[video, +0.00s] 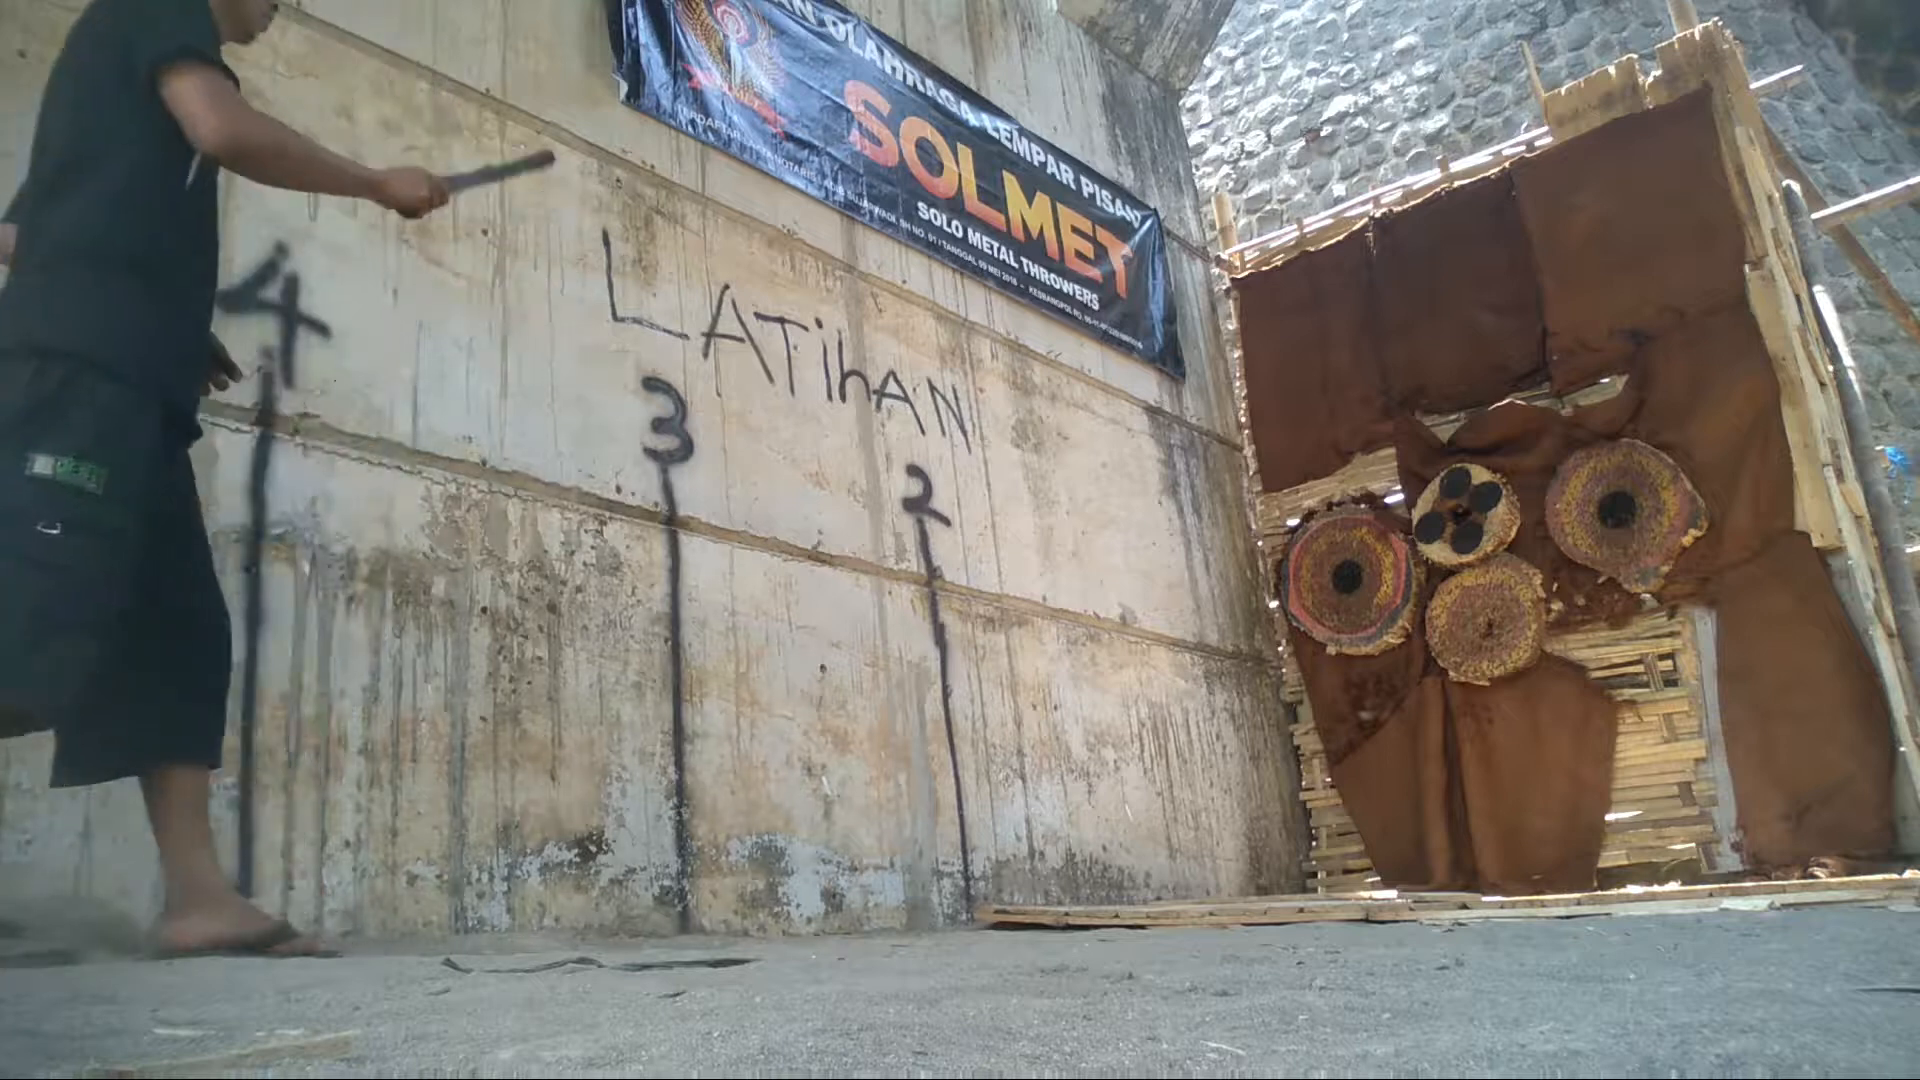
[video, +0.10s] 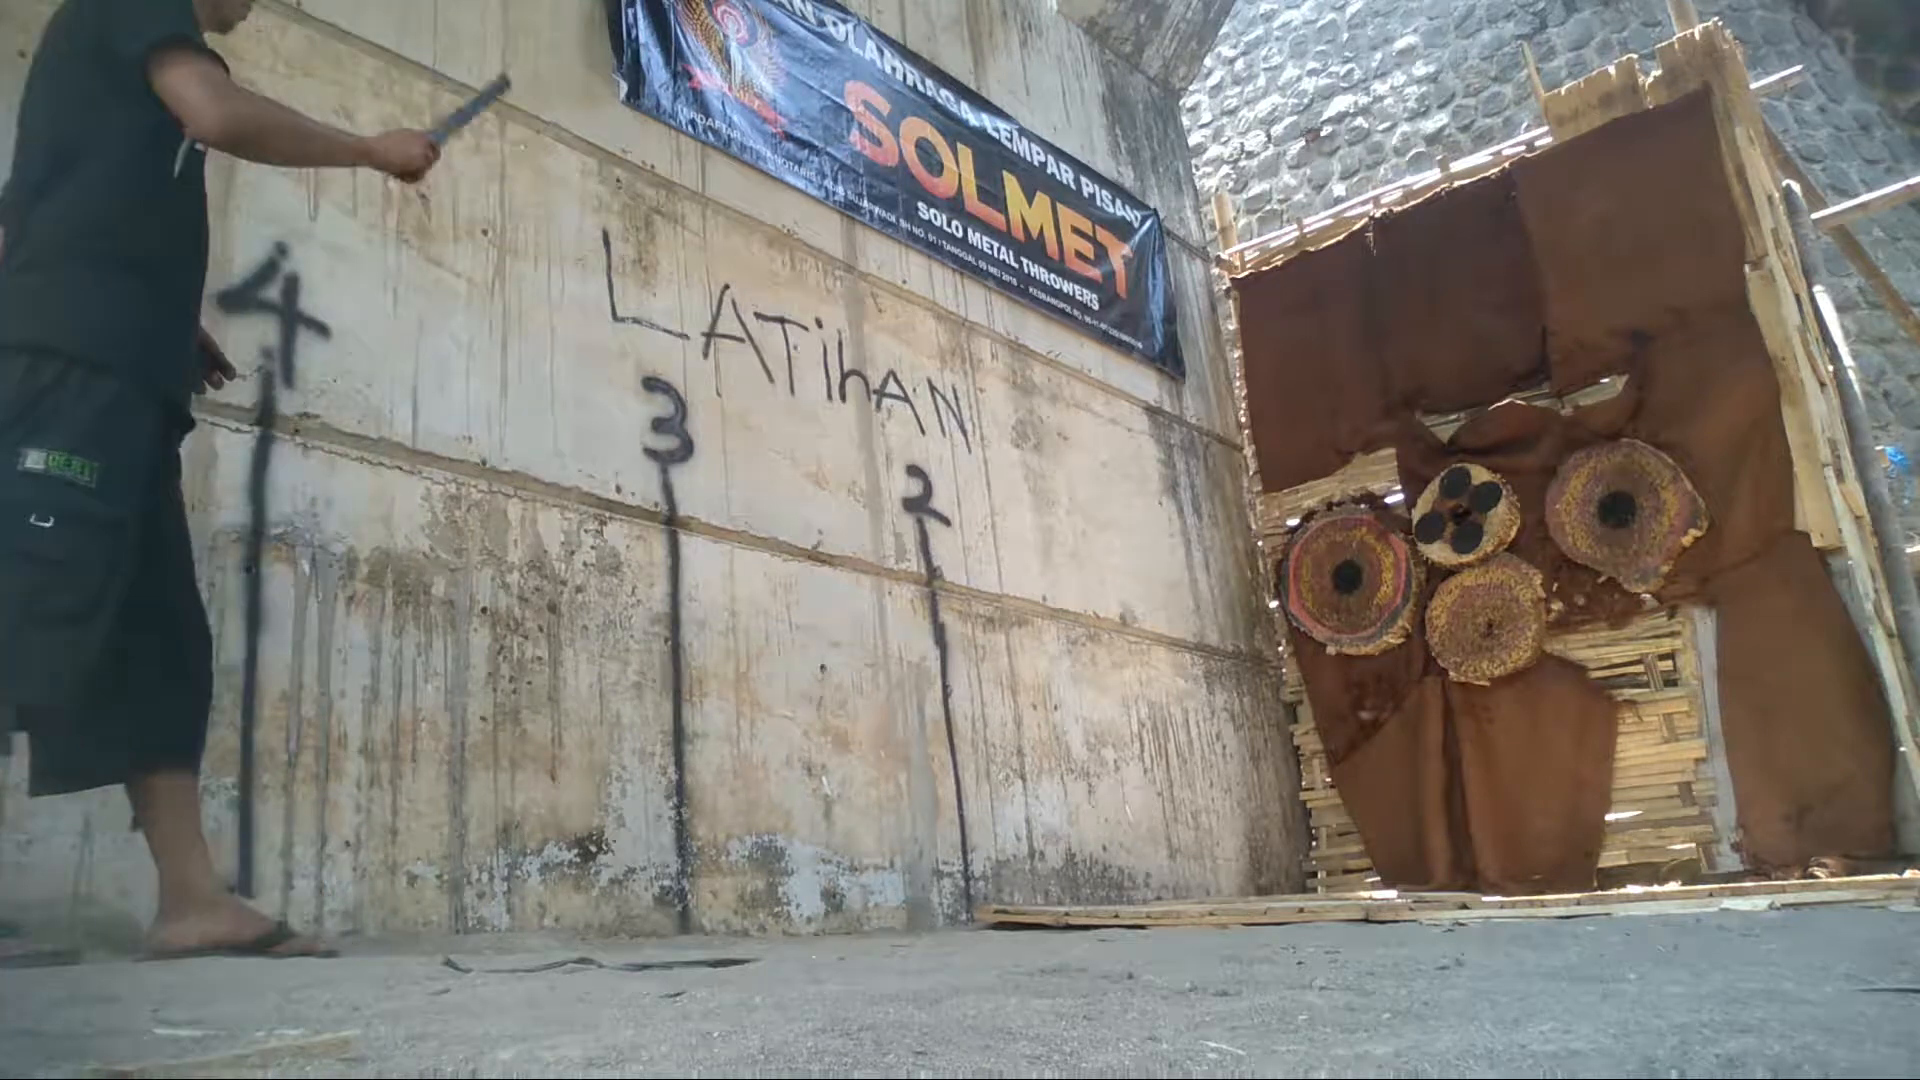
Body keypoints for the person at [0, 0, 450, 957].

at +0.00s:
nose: (269, 17)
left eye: (275, 8)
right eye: (268, 1)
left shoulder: (132, 51)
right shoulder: (155, 12)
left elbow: (30, 235)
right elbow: (221, 129)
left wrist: (177, 337)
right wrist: (377, 180)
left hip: (127, 398)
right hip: (75, 379)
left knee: (181, 635)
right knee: (41, 644)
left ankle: (199, 898)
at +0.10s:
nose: (243, 15)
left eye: (245, 10)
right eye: (243, 3)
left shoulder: (125, 43)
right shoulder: (132, 9)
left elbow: (82, 208)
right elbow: (216, 112)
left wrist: (170, 323)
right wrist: (368, 148)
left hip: (120, 390)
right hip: (64, 377)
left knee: (160, 635)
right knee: (30, 629)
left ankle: (191, 900)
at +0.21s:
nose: (215, 10)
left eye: (215, 10)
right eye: (211, 2)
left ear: (175, 2)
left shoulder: (94, 44)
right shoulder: (102, 9)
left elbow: (70, 223)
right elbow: (209, 96)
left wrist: (177, 325)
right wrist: (355, 118)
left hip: (107, 387)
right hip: (56, 376)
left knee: (146, 637)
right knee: (29, 627)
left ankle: (190, 900)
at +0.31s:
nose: (193, 12)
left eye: (191, 15)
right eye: (185, 11)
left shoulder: (59, 38)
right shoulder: (94, 11)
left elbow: (62, 219)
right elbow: (202, 81)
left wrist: (182, 315)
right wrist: (349, 104)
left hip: (101, 377)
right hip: (59, 367)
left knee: (156, 630)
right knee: (29, 623)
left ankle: (194, 895)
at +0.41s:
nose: (178, 9)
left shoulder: (66, 50)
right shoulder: (73, 17)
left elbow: (50, 241)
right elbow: (207, 54)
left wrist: (191, 301)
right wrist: (353, 65)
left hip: (103, 390)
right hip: (53, 378)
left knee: (192, 622)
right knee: (22, 631)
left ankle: (209, 887)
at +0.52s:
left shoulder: (96, 49)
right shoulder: (56, 23)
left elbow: (65, 237)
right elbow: (224, 18)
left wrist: (206, 296)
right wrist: (344, 4)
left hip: (118, 384)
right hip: (41, 369)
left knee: (183, 629)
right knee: (18, 642)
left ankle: (233, 890)